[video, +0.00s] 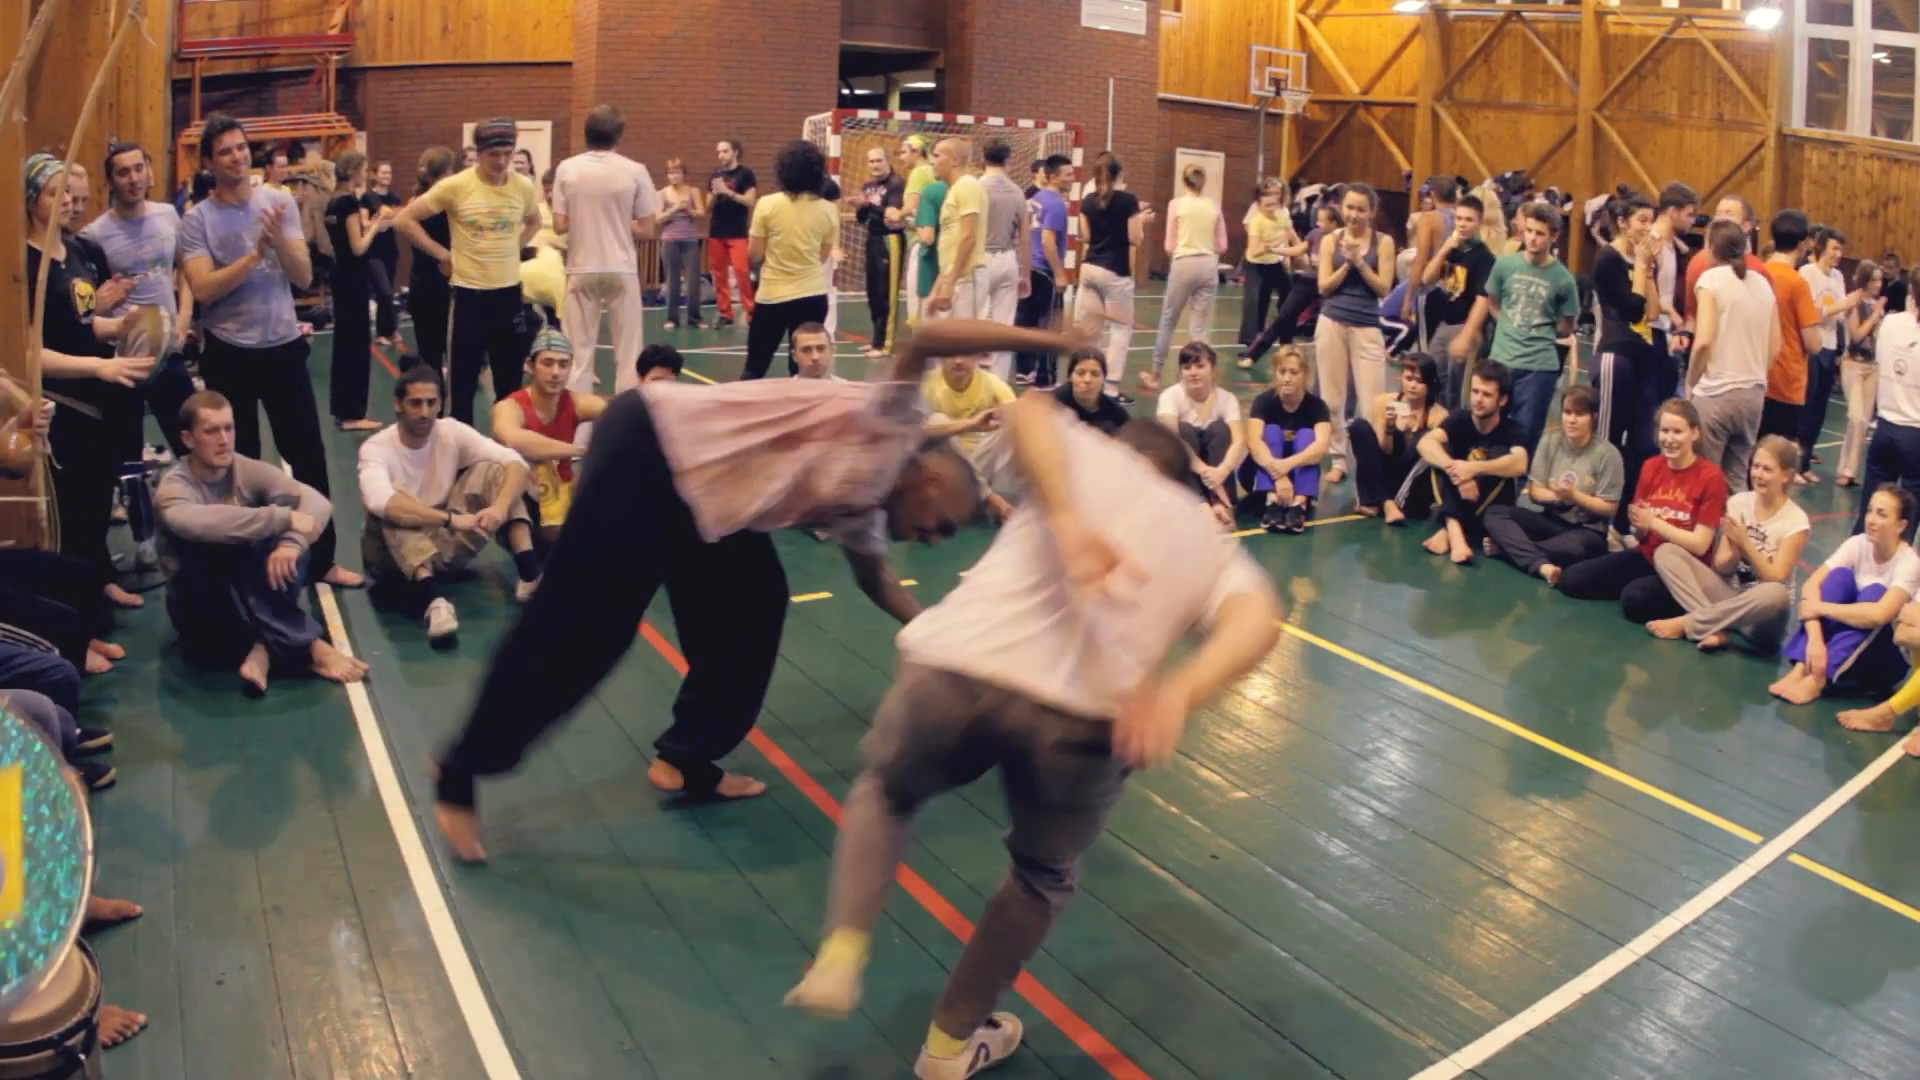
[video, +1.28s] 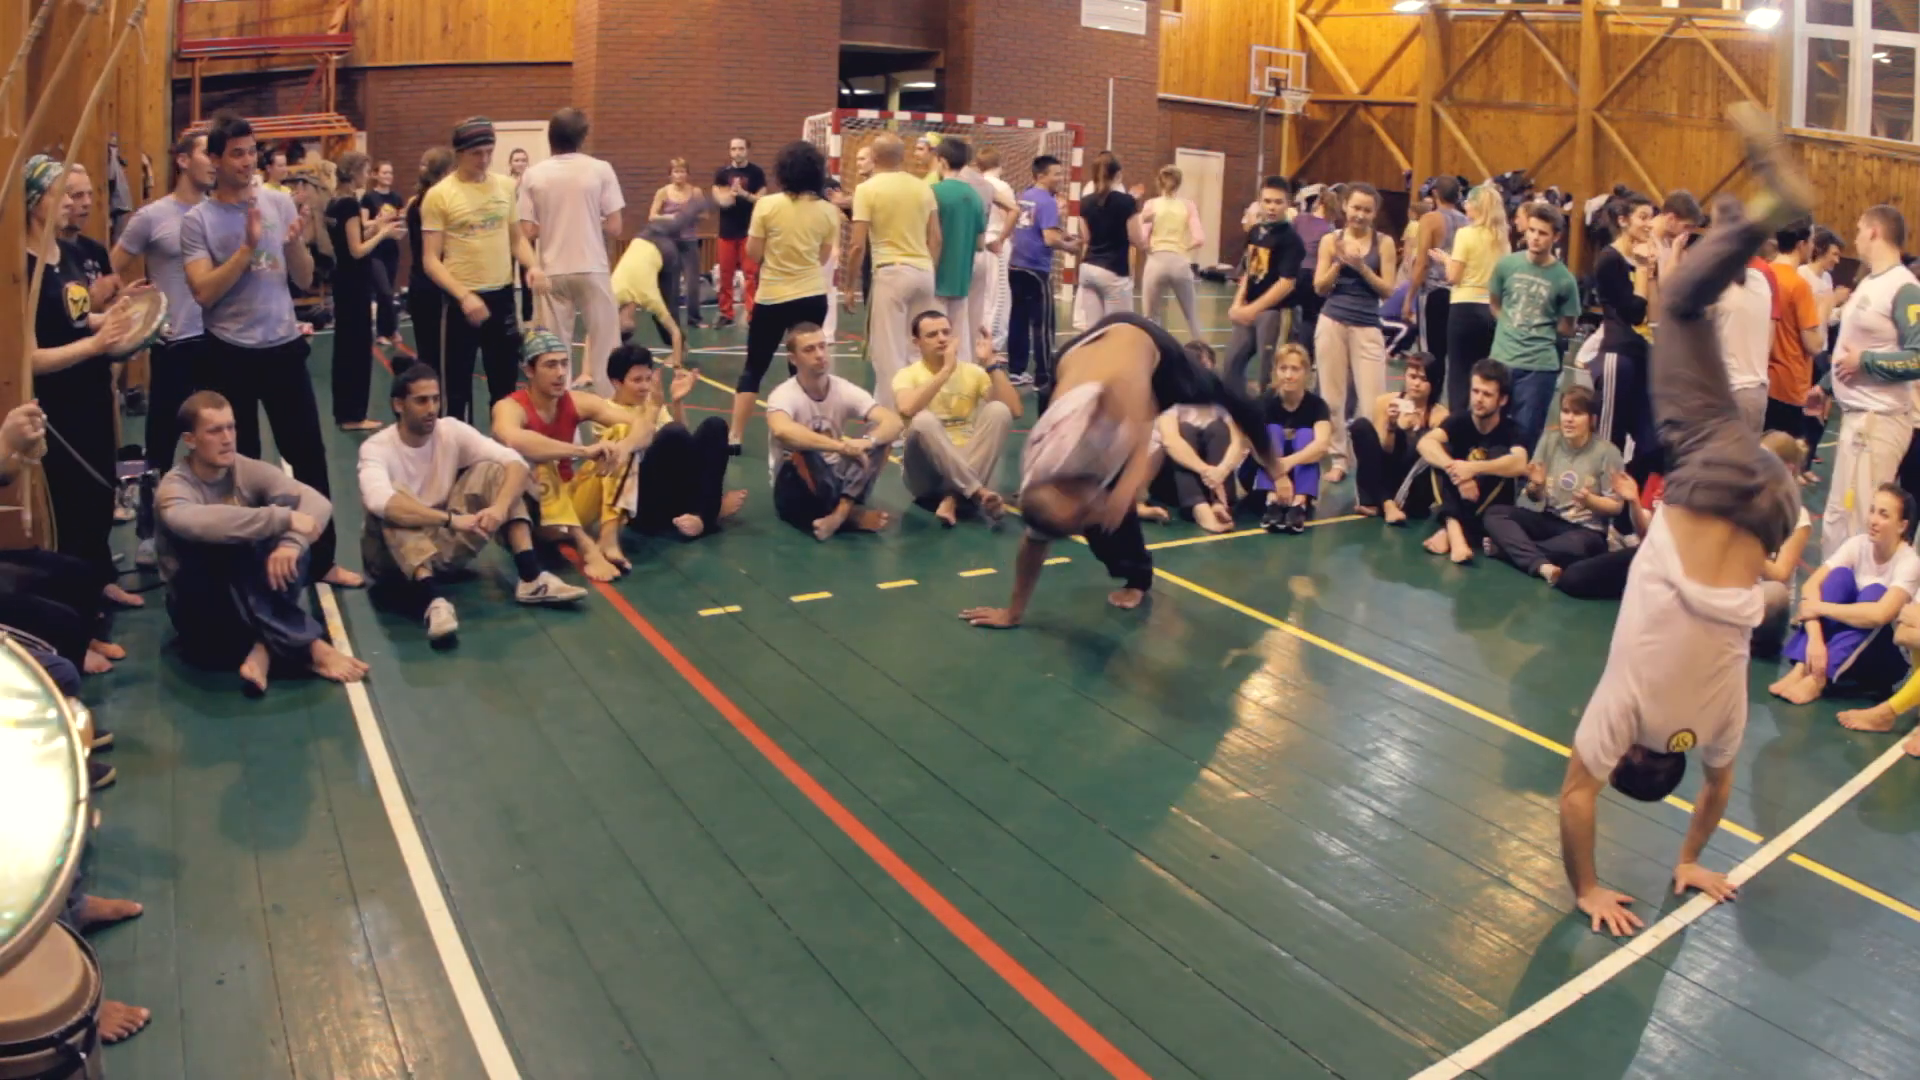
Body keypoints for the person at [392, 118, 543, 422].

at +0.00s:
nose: (501, 161)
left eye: (507, 154)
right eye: (494, 154)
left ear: (513, 153)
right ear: (478, 153)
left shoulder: (523, 187)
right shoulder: (455, 186)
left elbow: (533, 221)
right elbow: (403, 221)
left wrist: (513, 248)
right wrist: (442, 254)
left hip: (509, 294)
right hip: (469, 295)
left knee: (510, 382)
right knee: (463, 381)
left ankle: (512, 449)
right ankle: (462, 448)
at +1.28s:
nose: (484, 159)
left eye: (488, 151)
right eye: (476, 153)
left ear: (494, 151)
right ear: (459, 153)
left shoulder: (505, 187)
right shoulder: (438, 196)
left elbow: (516, 238)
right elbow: (430, 260)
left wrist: (533, 265)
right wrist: (463, 295)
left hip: (501, 297)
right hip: (458, 299)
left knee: (505, 384)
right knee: (456, 386)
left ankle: (507, 453)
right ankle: (456, 451)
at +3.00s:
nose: (495, 203)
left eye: (501, 194)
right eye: (487, 195)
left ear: (508, 191)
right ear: (471, 194)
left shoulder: (524, 220)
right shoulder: (447, 225)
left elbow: (536, 271)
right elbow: (426, 282)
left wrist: (519, 319)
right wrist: (451, 332)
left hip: (504, 314)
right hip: (459, 315)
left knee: (526, 388)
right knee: (448, 395)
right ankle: (448, 456)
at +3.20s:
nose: (497, 249)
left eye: (503, 240)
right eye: (489, 241)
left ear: (510, 237)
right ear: (474, 239)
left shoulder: (524, 263)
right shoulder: (451, 269)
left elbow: (533, 317)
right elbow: (437, 331)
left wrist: (513, 360)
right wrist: (467, 377)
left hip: (505, 348)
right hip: (460, 349)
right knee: (443, 418)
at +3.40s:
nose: (494, 290)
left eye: (500, 281)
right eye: (486, 282)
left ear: (506, 280)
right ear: (470, 282)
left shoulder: (520, 306)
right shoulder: (448, 314)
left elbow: (528, 360)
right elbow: (437, 376)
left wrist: (509, 404)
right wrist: (469, 418)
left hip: (501, 388)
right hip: (458, 390)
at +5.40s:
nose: (483, 317)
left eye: (487, 309)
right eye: (474, 310)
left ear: (491, 309)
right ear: (458, 313)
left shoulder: (504, 340)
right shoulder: (435, 352)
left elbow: (523, 387)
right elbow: (424, 402)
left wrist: (505, 388)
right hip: (450, 428)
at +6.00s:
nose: (482, 316)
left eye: (485, 308)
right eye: (474, 311)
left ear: (489, 308)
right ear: (456, 315)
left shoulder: (504, 339)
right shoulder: (434, 352)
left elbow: (521, 386)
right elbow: (421, 399)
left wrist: (504, 387)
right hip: (450, 429)